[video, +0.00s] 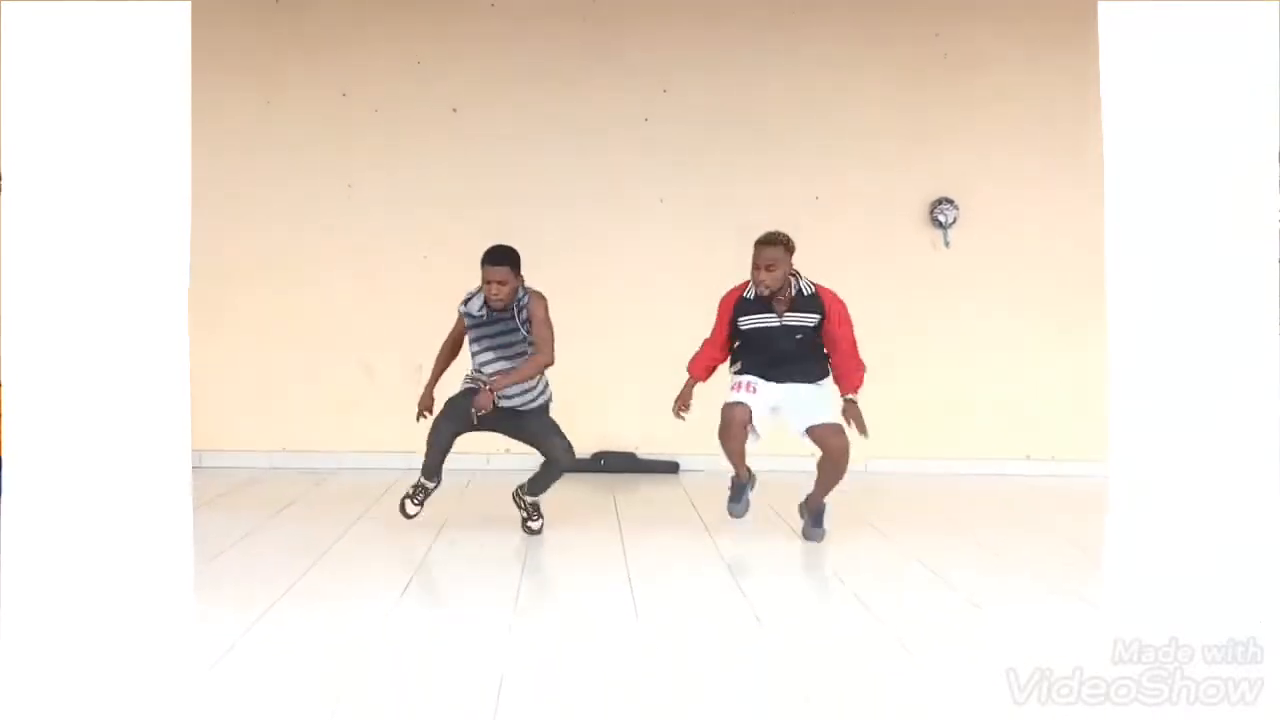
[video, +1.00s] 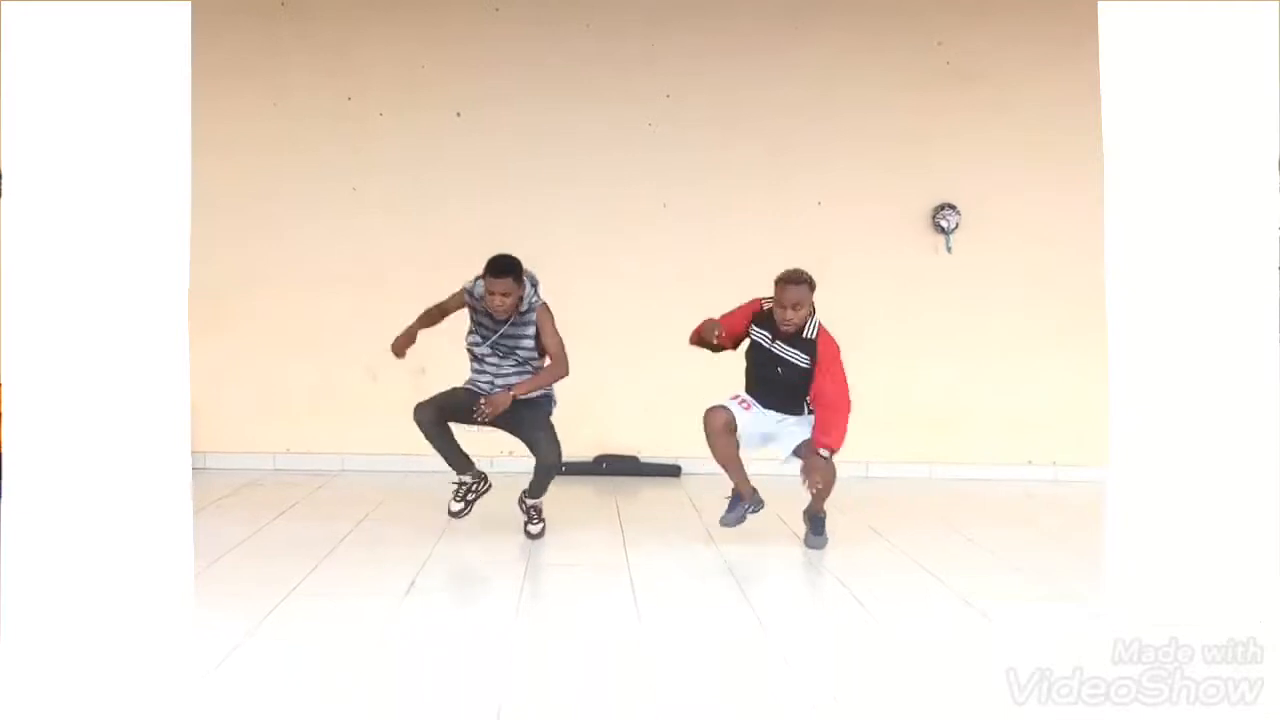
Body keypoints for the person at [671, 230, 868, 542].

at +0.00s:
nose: (761, 276)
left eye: (770, 269)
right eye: (756, 267)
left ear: (790, 267)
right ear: (751, 265)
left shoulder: (823, 301)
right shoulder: (736, 301)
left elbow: (843, 347)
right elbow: (717, 344)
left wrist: (849, 397)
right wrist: (689, 384)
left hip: (807, 386)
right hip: (753, 383)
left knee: (838, 448)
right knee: (731, 421)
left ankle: (814, 504)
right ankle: (741, 477)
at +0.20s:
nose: (773, 357)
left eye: (783, 351)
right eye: (768, 350)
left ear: (800, 354)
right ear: (762, 350)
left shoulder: (818, 394)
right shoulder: (741, 388)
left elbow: (836, 444)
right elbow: (730, 433)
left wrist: (861, 474)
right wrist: (708, 463)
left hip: (802, 465)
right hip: (756, 466)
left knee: (833, 471)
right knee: (718, 491)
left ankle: (818, 512)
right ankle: (764, 505)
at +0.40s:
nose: (762, 323)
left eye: (771, 316)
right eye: (756, 315)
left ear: (789, 310)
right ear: (751, 310)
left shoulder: (814, 326)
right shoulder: (744, 334)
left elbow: (861, 357)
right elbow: (732, 372)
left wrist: (807, 341)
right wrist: (704, 382)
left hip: (808, 425)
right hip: (754, 423)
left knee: (844, 463)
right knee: (716, 439)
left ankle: (813, 506)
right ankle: (744, 495)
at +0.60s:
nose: (741, 270)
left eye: (750, 262)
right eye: (735, 262)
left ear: (769, 257)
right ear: (730, 258)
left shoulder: (796, 290)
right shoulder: (741, 279)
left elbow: (782, 351)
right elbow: (738, 317)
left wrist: (743, 400)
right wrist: (728, 352)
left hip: (804, 372)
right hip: (753, 367)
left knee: (841, 455)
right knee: (712, 436)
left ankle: (814, 508)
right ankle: (670, 523)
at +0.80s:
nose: (760, 264)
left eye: (769, 257)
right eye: (754, 256)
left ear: (784, 251)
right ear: (746, 249)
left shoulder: (796, 274)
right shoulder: (747, 261)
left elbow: (792, 322)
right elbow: (743, 233)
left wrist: (740, 308)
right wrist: (735, 209)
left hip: (797, 382)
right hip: (749, 380)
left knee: (830, 458)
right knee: (704, 442)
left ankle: (825, 511)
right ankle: (664, 529)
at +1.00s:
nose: (787, 315)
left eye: (796, 308)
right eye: (781, 306)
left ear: (811, 305)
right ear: (773, 300)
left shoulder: (822, 343)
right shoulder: (758, 313)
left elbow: (833, 397)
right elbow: (719, 334)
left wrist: (821, 450)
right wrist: (707, 332)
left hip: (798, 419)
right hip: (754, 409)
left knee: (825, 473)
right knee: (715, 419)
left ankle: (815, 513)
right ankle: (746, 494)